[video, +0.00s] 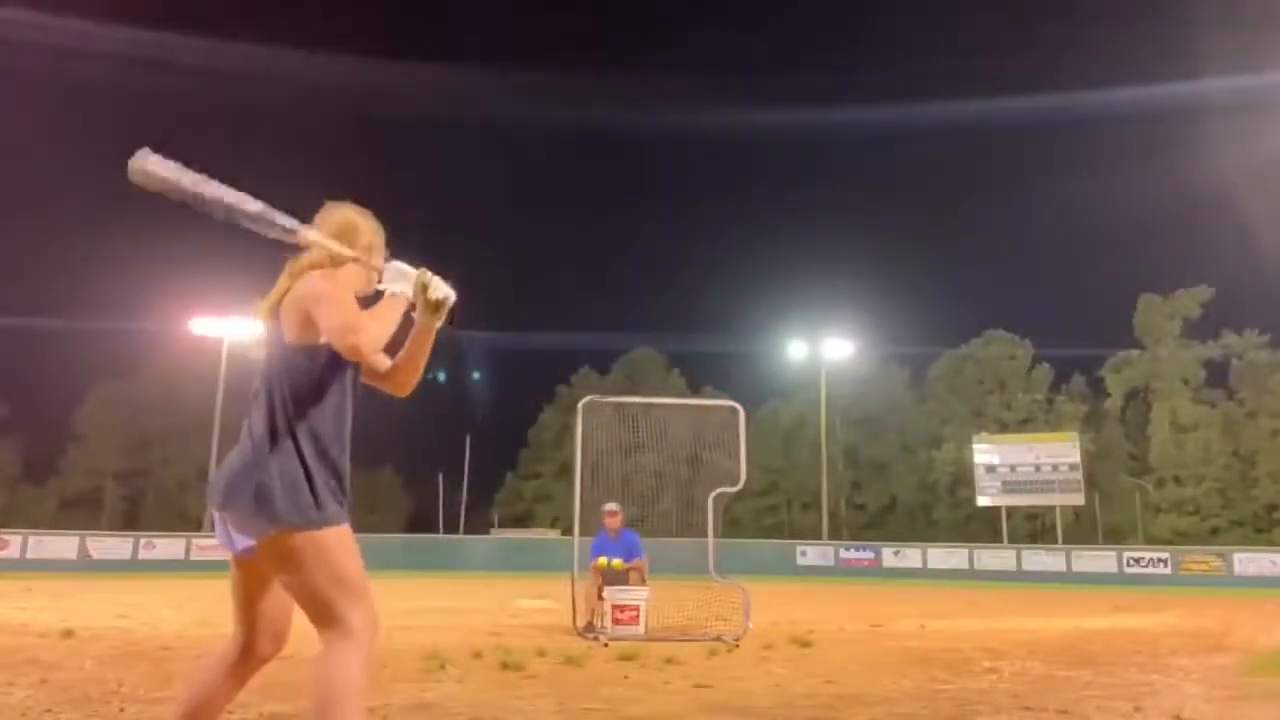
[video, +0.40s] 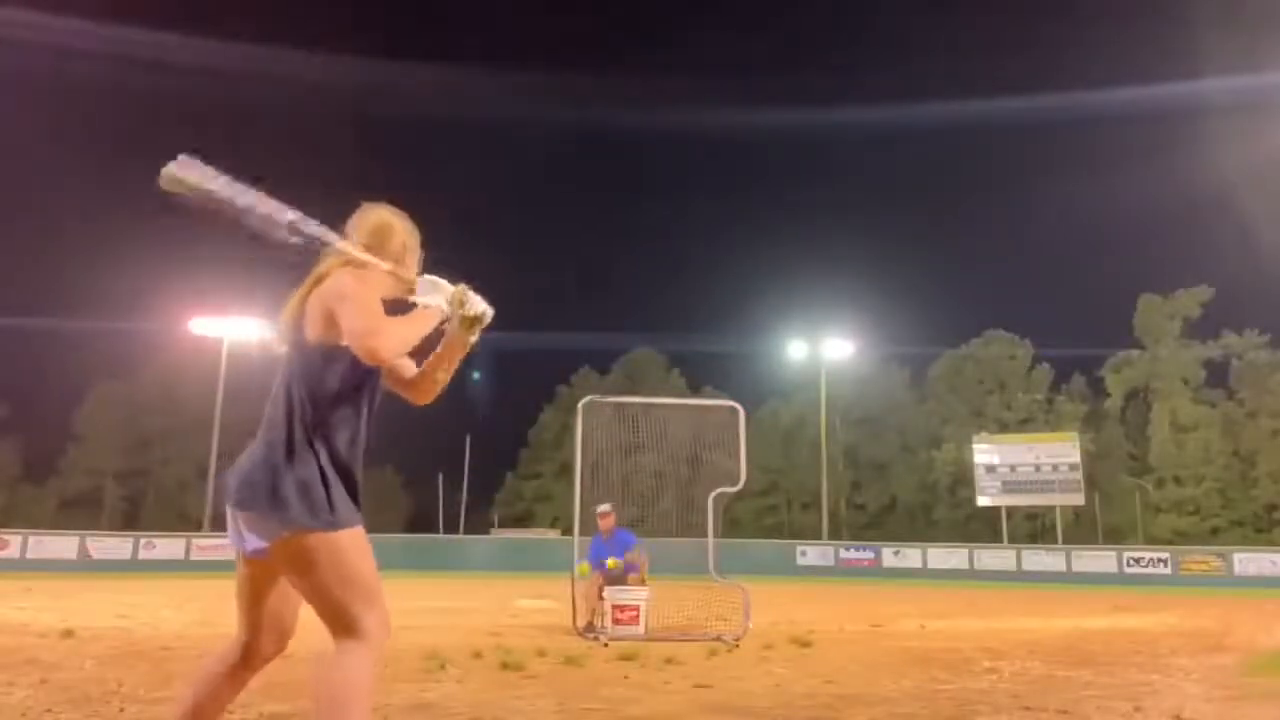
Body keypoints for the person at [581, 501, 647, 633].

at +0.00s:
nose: (612, 520)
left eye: (615, 515)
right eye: (608, 516)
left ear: (621, 517)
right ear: (604, 519)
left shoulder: (631, 537)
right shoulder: (599, 539)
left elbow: (640, 560)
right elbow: (593, 562)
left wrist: (625, 566)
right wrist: (600, 564)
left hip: (625, 572)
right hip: (606, 572)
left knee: (635, 573)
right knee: (593, 580)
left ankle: (635, 618)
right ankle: (590, 620)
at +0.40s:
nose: (604, 521)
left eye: (607, 517)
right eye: (601, 518)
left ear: (614, 517)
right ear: (597, 520)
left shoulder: (626, 537)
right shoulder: (596, 540)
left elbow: (636, 560)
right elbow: (593, 562)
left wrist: (621, 564)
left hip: (625, 573)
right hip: (606, 574)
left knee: (635, 577)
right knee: (593, 580)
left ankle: (635, 621)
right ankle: (590, 621)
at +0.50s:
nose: (599, 523)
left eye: (601, 519)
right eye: (595, 520)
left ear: (609, 518)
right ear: (593, 522)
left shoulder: (623, 537)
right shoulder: (595, 542)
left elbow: (640, 556)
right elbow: (591, 564)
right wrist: (597, 575)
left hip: (622, 573)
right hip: (603, 575)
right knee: (591, 587)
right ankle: (589, 622)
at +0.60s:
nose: (597, 524)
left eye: (600, 519)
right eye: (594, 521)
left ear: (607, 519)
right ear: (591, 523)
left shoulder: (620, 535)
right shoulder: (594, 545)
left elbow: (639, 552)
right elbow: (592, 568)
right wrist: (598, 578)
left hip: (622, 573)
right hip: (603, 575)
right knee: (590, 586)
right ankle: (589, 622)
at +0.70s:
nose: (594, 525)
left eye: (597, 520)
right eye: (591, 522)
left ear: (604, 520)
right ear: (589, 524)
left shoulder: (616, 535)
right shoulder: (593, 546)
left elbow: (637, 544)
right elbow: (592, 567)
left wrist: (640, 552)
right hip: (604, 575)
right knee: (590, 586)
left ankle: (589, 622)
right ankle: (589, 622)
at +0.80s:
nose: (594, 525)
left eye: (596, 520)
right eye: (591, 522)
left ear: (604, 520)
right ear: (588, 524)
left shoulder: (619, 535)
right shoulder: (591, 547)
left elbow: (645, 547)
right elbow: (592, 570)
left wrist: (661, 565)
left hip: (626, 575)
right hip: (605, 577)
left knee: (632, 577)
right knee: (592, 580)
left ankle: (629, 621)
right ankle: (590, 622)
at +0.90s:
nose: (596, 525)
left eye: (599, 520)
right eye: (593, 521)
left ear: (606, 519)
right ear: (590, 524)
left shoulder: (619, 534)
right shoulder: (592, 545)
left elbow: (645, 546)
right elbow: (585, 569)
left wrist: (654, 562)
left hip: (626, 574)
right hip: (605, 576)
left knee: (633, 578)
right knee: (591, 579)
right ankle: (590, 622)